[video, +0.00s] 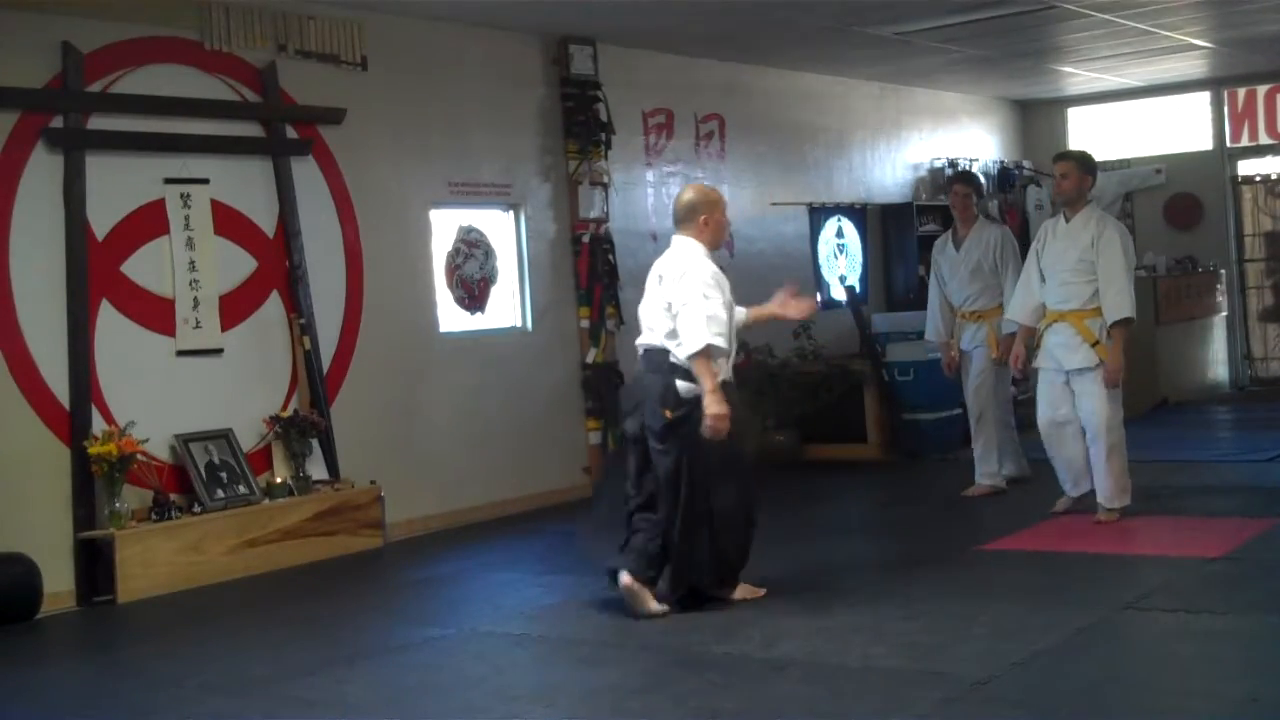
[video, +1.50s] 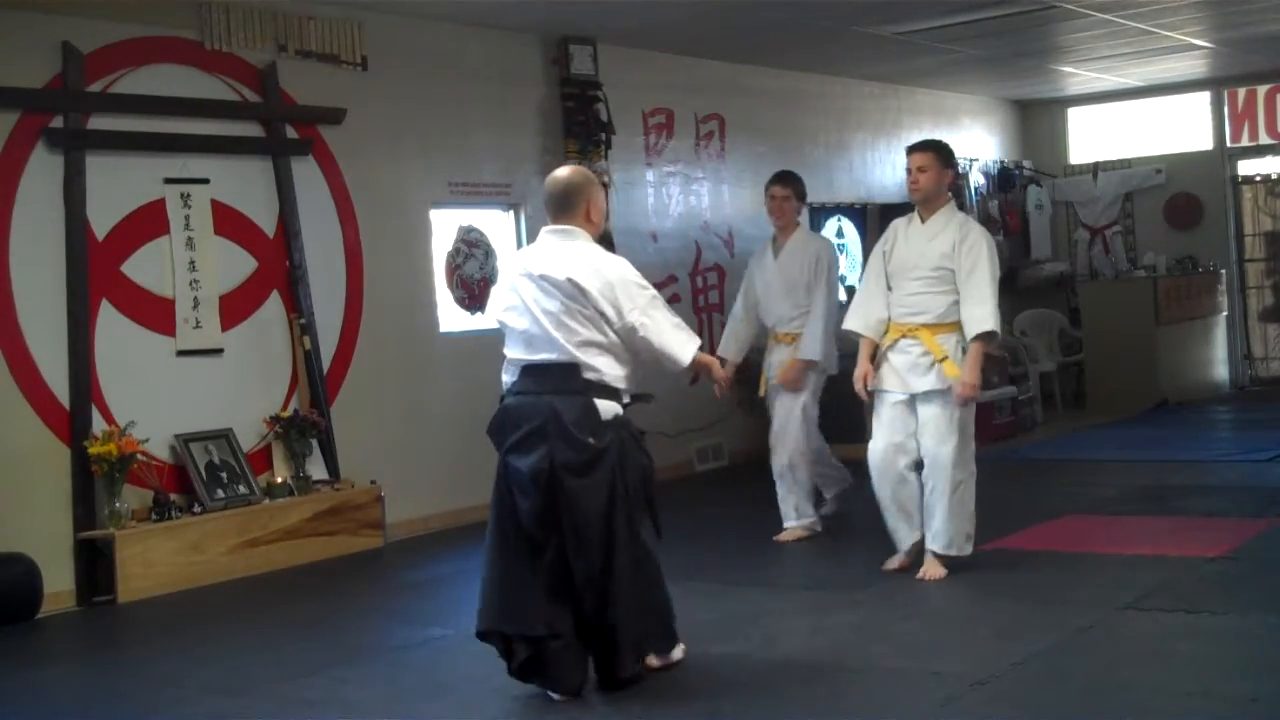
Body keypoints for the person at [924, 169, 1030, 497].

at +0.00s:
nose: (961, 202)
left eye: (967, 196)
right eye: (955, 196)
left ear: (978, 199)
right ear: (948, 201)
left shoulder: (998, 235)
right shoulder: (942, 246)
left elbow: (1014, 285)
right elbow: (939, 298)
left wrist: (1010, 332)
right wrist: (946, 343)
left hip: (992, 326)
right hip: (964, 327)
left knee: (979, 400)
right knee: (989, 398)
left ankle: (989, 476)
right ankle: (1014, 464)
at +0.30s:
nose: (952, 206)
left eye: (959, 200)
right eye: (946, 200)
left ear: (971, 203)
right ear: (939, 206)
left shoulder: (989, 242)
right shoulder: (933, 249)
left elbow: (999, 295)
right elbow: (928, 302)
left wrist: (990, 344)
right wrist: (929, 351)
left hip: (979, 334)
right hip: (948, 335)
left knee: (964, 408)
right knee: (938, 408)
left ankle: (986, 480)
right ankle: (997, 451)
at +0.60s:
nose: (916, 202)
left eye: (923, 196)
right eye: (911, 197)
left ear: (938, 200)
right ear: (906, 202)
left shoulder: (957, 238)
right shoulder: (902, 246)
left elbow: (970, 293)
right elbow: (898, 300)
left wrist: (968, 343)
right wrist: (897, 346)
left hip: (952, 333)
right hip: (915, 333)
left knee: (965, 411)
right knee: (899, 406)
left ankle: (984, 479)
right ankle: (881, 481)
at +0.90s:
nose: (851, 210)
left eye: (858, 203)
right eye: (846, 204)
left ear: (872, 206)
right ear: (842, 209)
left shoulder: (895, 246)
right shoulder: (847, 257)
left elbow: (913, 298)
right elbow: (849, 310)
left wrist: (911, 343)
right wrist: (850, 351)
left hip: (893, 345)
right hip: (857, 348)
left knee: (922, 416)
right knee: (850, 422)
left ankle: (969, 463)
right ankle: (851, 497)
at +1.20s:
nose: (807, 199)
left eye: (815, 192)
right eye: (802, 192)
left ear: (830, 195)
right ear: (796, 197)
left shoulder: (852, 235)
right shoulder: (798, 247)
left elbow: (861, 287)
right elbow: (785, 300)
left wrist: (845, 333)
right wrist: (775, 352)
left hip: (851, 334)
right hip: (817, 336)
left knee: (842, 411)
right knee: (820, 419)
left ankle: (855, 496)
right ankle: (840, 498)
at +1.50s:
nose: (776, 206)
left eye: (785, 199)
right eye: (771, 199)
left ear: (800, 205)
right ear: (765, 204)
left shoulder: (819, 249)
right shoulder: (762, 257)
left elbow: (823, 309)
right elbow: (745, 312)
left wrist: (804, 359)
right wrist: (729, 361)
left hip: (807, 347)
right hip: (776, 348)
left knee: (788, 436)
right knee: (792, 430)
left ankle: (801, 519)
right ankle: (836, 482)